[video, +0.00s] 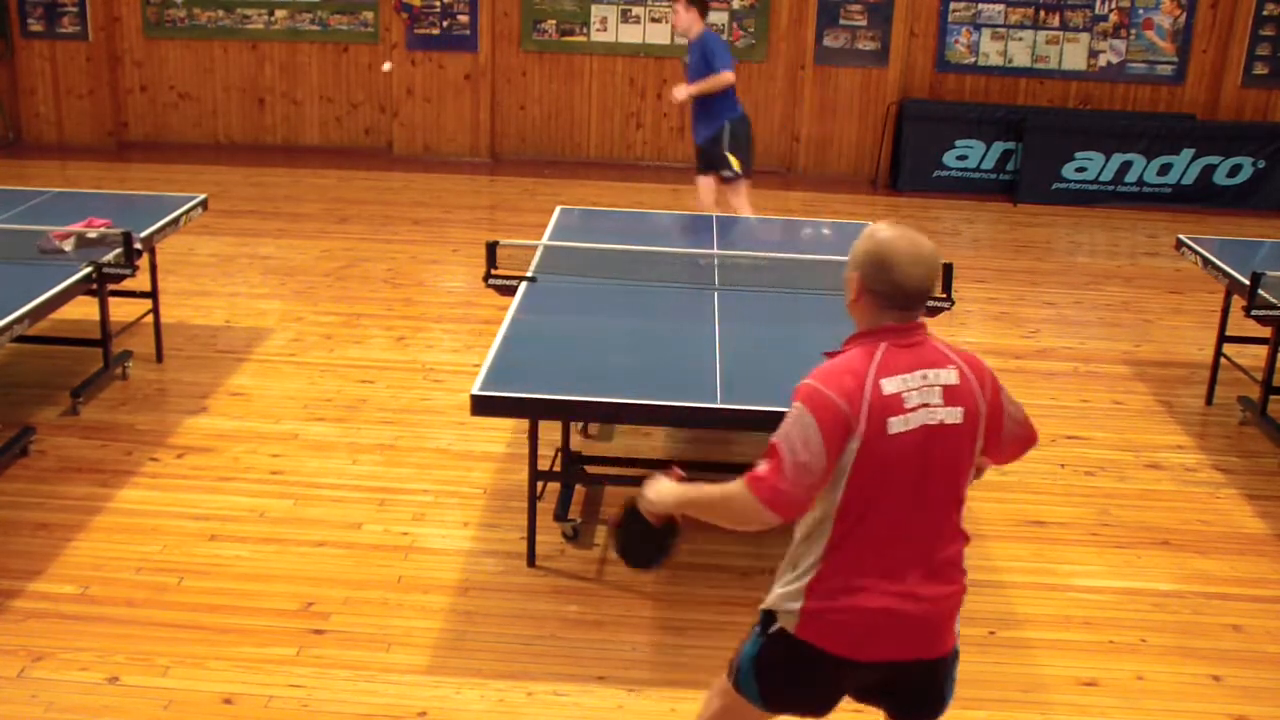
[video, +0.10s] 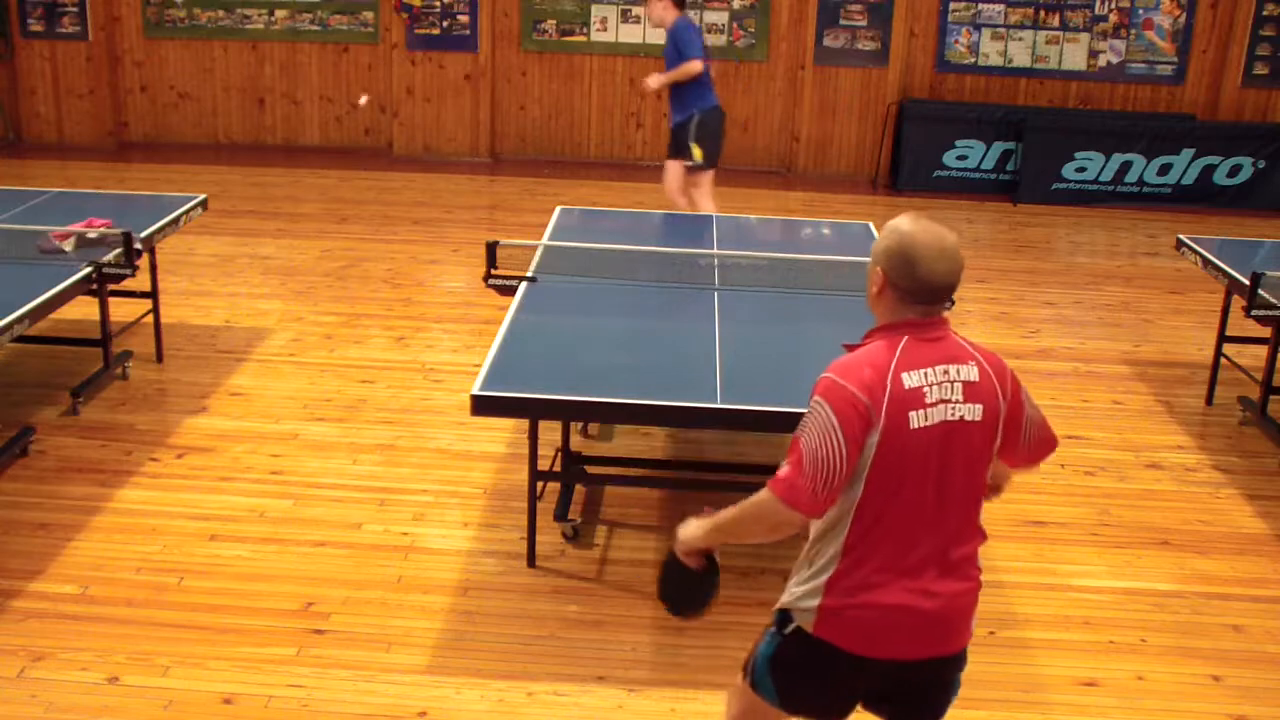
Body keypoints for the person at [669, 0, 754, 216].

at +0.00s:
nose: (673, 19)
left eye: (676, 12)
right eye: (673, 13)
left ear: (694, 13)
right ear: (689, 14)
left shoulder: (712, 41)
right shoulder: (694, 45)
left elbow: (727, 76)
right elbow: (703, 80)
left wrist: (689, 89)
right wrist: (686, 91)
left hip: (727, 124)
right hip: (705, 127)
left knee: (737, 194)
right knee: (706, 190)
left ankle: (754, 245)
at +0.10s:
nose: (648, 13)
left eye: (650, 6)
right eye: (648, 7)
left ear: (666, 5)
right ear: (666, 7)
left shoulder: (683, 26)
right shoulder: (674, 32)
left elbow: (696, 64)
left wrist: (662, 79)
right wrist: (661, 78)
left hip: (702, 115)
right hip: (683, 118)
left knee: (700, 190)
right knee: (673, 186)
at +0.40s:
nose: (569, 30)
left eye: (572, 25)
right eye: (570, 25)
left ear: (582, 28)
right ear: (594, 30)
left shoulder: (581, 53)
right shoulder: (611, 52)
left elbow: (577, 94)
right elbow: (634, 90)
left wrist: (557, 102)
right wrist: (631, 122)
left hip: (610, 135)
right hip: (626, 131)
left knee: (634, 195)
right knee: (572, 180)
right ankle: (572, 237)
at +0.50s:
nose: (535, 31)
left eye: (539, 25)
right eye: (536, 25)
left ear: (549, 29)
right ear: (560, 30)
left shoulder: (546, 51)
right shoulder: (577, 51)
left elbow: (541, 91)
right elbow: (600, 89)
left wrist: (523, 107)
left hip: (575, 130)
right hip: (593, 129)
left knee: (584, 195)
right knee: (546, 179)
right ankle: (560, 233)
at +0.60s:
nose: (502, 26)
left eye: (505, 21)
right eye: (504, 21)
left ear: (514, 25)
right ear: (528, 26)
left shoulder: (515, 49)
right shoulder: (544, 48)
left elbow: (514, 87)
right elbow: (559, 87)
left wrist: (499, 114)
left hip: (540, 128)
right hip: (562, 127)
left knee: (522, 189)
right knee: (534, 187)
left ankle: (566, 221)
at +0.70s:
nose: (466, 14)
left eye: (468, 9)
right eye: (466, 9)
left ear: (478, 10)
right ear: (490, 11)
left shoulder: (484, 32)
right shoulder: (510, 32)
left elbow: (490, 63)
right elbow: (520, 72)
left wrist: (478, 94)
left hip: (502, 117)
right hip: (529, 116)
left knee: (476, 169)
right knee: (523, 172)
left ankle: (501, 220)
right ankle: (548, 221)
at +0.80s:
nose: (438, 7)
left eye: (439, 3)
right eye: (437, 4)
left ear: (448, 2)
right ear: (462, 2)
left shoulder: (457, 21)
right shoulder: (482, 21)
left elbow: (465, 51)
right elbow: (484, 60)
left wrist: (454, 81)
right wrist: (455, 74)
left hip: (471, 105)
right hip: (499, 104)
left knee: (450, 161)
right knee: (506, 162)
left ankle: (447, 220)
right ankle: (537, 213)